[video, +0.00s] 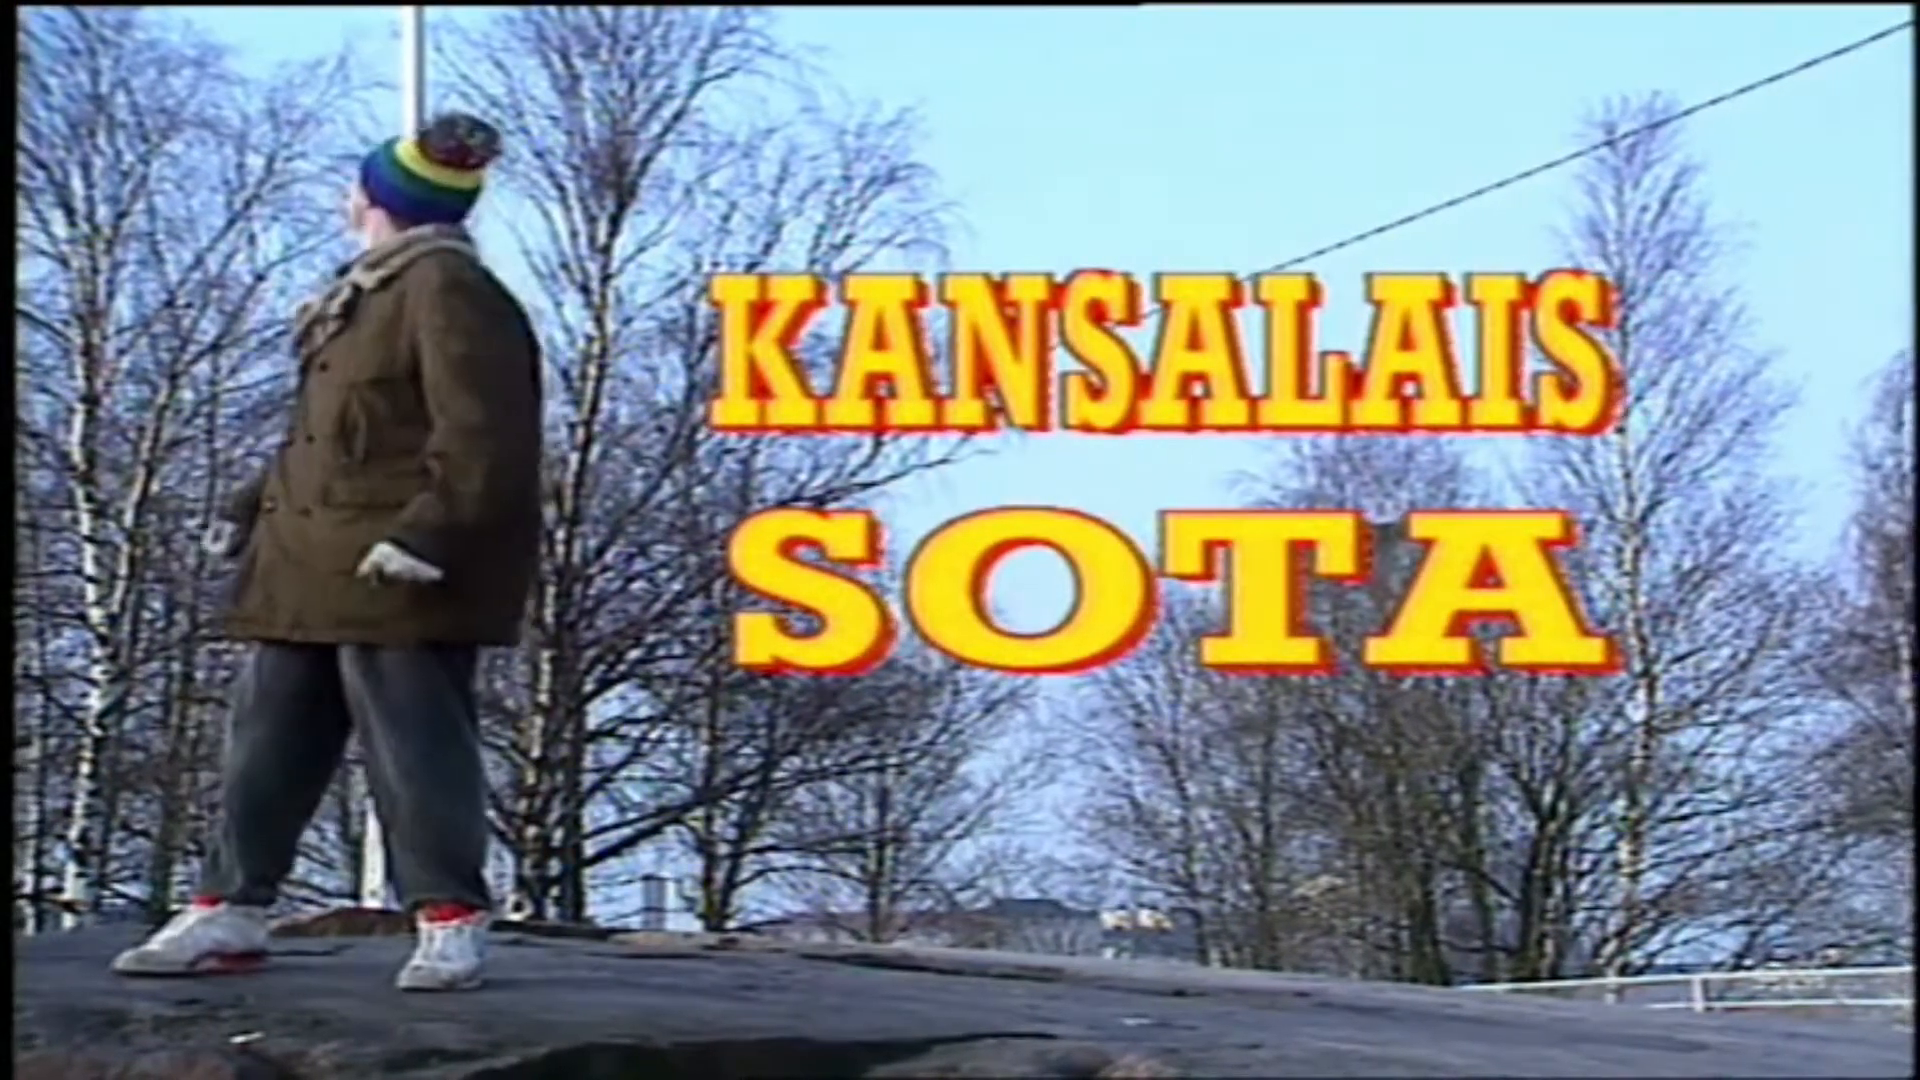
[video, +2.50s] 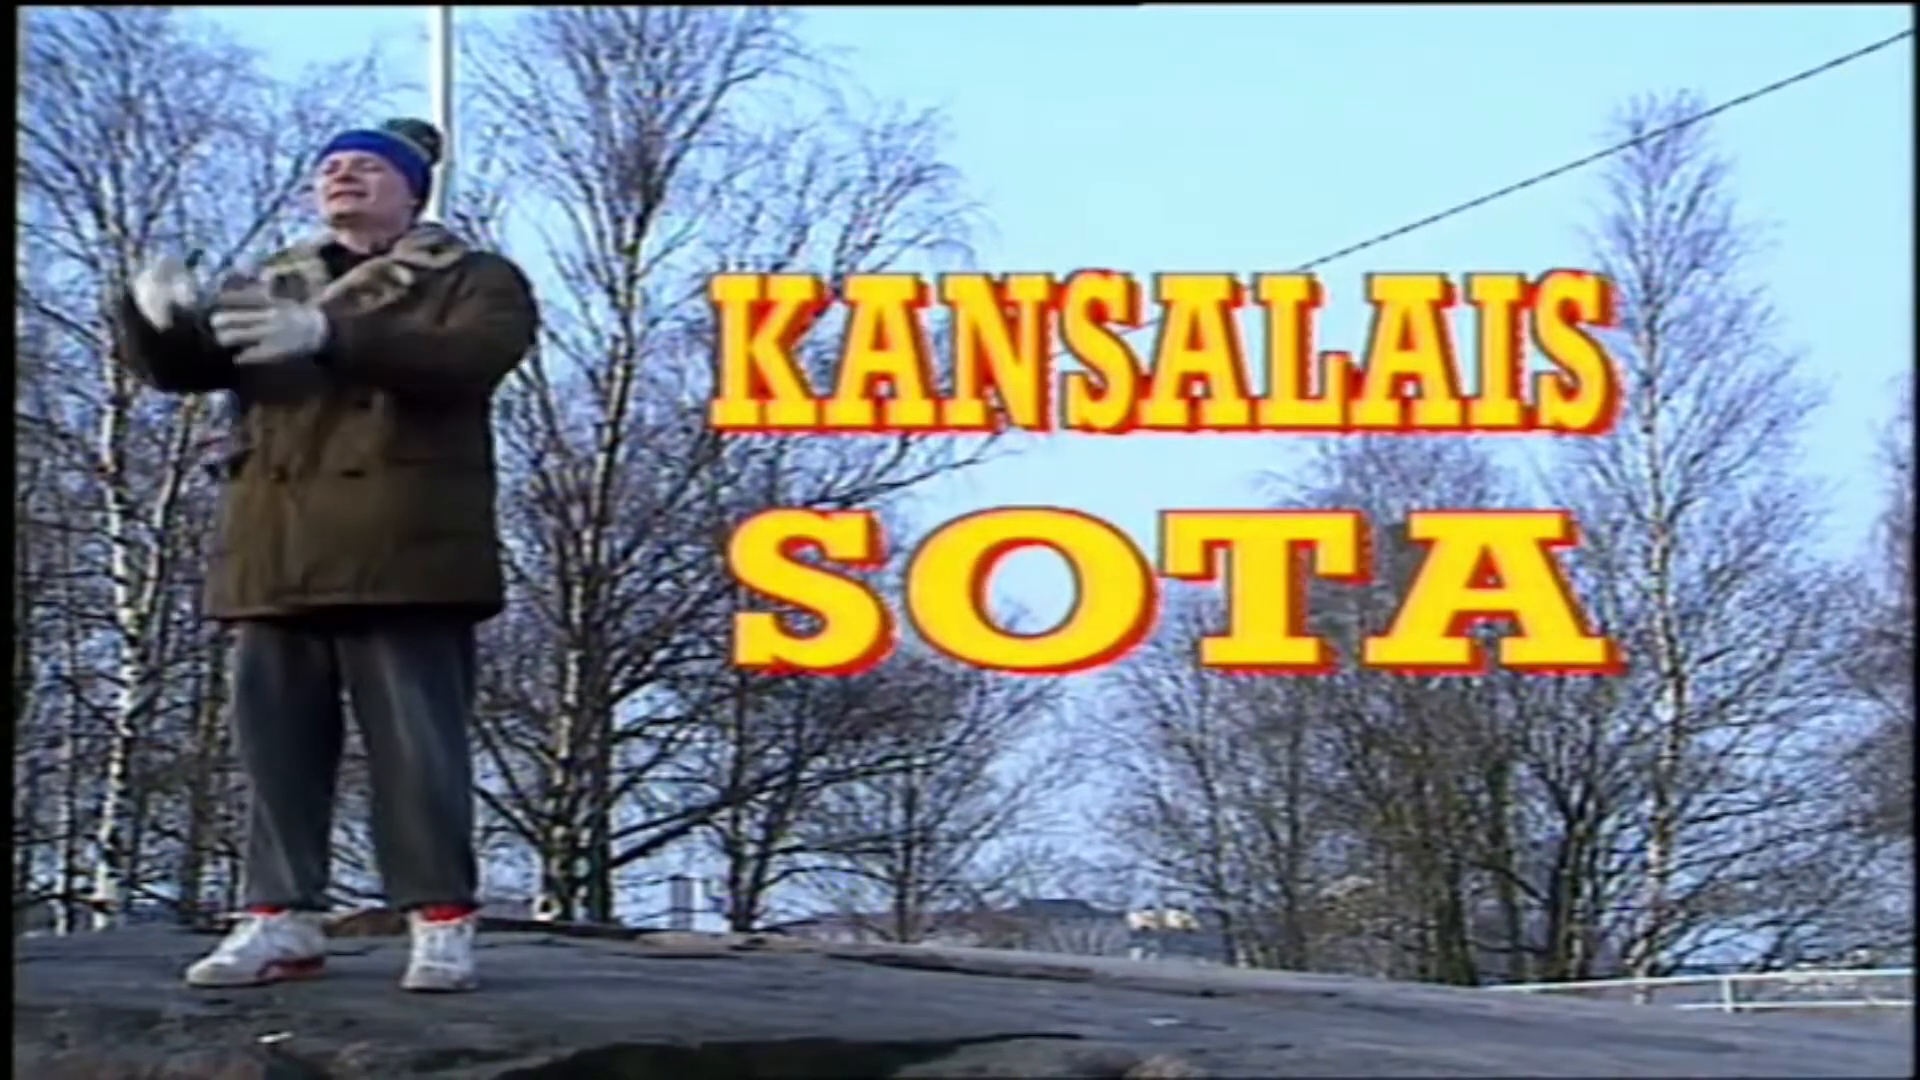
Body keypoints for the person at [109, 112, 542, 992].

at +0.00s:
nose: (352, 209)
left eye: (360, 197)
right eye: (359, 196)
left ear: (381, 203)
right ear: (418, 205)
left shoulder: (450, 286)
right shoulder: (359, 293)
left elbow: (482, 435)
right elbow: (329, 435)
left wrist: (430, 533)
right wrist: (264, 506)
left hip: (396, 569)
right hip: (306, 566)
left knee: (416, 744)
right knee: (269, 742)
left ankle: (451, 918)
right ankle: (233, 909)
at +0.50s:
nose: (353, 180)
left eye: (376, 172)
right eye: (357, 171)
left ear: (425, 201)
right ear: (374, 204)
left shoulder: (486, 304)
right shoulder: (337, 307)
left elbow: (483, 449)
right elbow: (291, 439)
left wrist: (403, 533)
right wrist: (238, 524)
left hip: (406, 574)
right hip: (288, 565)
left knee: (424, 747)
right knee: (244, 736)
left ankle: (461, 919)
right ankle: (234, 910)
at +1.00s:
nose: (335, 184)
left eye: (357, 175)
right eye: (322, 175)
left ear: (399, 204)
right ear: (299, 204)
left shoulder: (449, 279)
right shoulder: (255, 294)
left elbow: (509, 344)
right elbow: (158, 352)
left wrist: (417, 295)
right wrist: (118, 291)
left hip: (406, 553)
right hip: (266, 556)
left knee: (416, 742)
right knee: (241, 730)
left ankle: (441, 916)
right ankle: (238, 913)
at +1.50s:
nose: (351, 180)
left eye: (375, 172)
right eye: (338, 171)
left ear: (417, 200)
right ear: (318, 198)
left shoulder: (453, 270)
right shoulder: (258, 284)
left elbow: (499, 323)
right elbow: (200, 372)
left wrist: (382, 260)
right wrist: (219, 416)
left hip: (414, 548)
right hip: (280, 552)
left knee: (426, 740)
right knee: (272, 741)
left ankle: (450, 918)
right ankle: (275, 917)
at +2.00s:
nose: (321, 172)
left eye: (345, 163)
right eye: (310, 166)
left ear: (396, 193)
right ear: (292, 198)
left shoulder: (456, 275)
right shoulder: (246, 280)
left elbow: (447, 373)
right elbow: (151, 355)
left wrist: (315, 365)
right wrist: (114, 272)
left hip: (391, 561)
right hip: (253, 560)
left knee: (405, 747)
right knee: (259, 745)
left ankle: (434, 920)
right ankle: (276, 918)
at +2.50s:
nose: (342, 178)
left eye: (364, 167)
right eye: (331, 169)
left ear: (413, 189)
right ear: (316, 193)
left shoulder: (475, 276)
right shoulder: (282, 280)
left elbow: (469, 357)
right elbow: (189, 364)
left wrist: (330, 334)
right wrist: (157, 326)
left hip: (407, 559)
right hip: (275, 559)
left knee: (417, 747)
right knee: (276, 747)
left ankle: (441, 920)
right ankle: (285, 918)